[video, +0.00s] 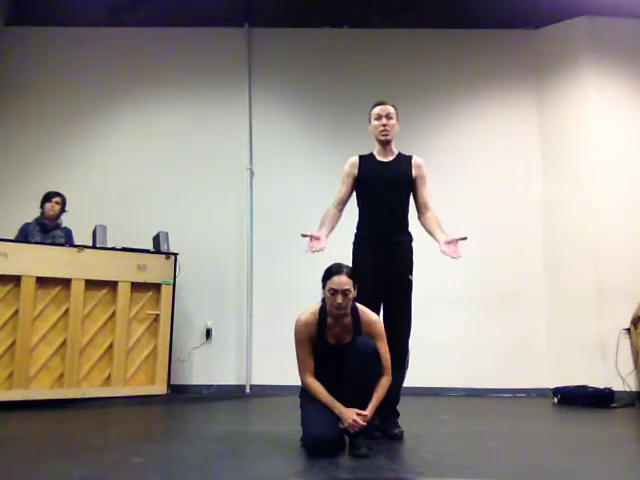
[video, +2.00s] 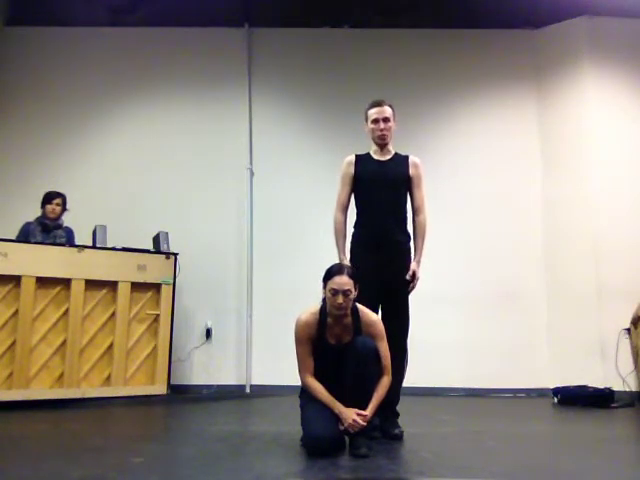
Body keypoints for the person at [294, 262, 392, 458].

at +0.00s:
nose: (339, 300)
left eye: (346, 293)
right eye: (333, 293)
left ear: (354, 293)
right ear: (324, 292)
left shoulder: (371, 322)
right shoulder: (306, 324)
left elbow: (386, 374)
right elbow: (307, 378)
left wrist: (366, 414)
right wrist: (341, 412)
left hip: (356, 393)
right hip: (321, 393)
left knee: (364, 347)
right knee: (321, 445)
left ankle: (360, 431)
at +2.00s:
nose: (340, 301)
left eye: (347, 294)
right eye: (334, 293)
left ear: (355, 293)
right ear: (324, 292)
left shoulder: (371, 322)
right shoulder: (307, 323)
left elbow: (386, 374)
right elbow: (307, 377)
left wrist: (366, 415)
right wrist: (342, 411)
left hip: (356, 393)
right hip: (321, 393)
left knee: (365, 347)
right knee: (321, 445)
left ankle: (360, 432)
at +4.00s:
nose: (339, 301)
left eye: (346, 294)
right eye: (333, 294)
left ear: (354, 294)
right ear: (324, 292)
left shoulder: (371, 323)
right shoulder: (306, 324)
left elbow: (386, 375)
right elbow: (306, 378)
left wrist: (367, 413)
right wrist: (341, 411)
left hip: (355, 392)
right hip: (320, 392)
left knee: (365, 347)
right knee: (321, 445)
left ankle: (359, 432)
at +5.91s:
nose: (341, 302)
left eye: (347, 295)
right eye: (334, 295)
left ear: (356, 294)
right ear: (325, 292)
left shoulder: (371, 323)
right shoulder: (307, 323)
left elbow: (387, 375)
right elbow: (306, 377)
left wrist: (367, 413)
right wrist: (341, 411)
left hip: (355, 392)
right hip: (321, 394)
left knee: (365, 347)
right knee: (322, 444)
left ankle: (360, 433)